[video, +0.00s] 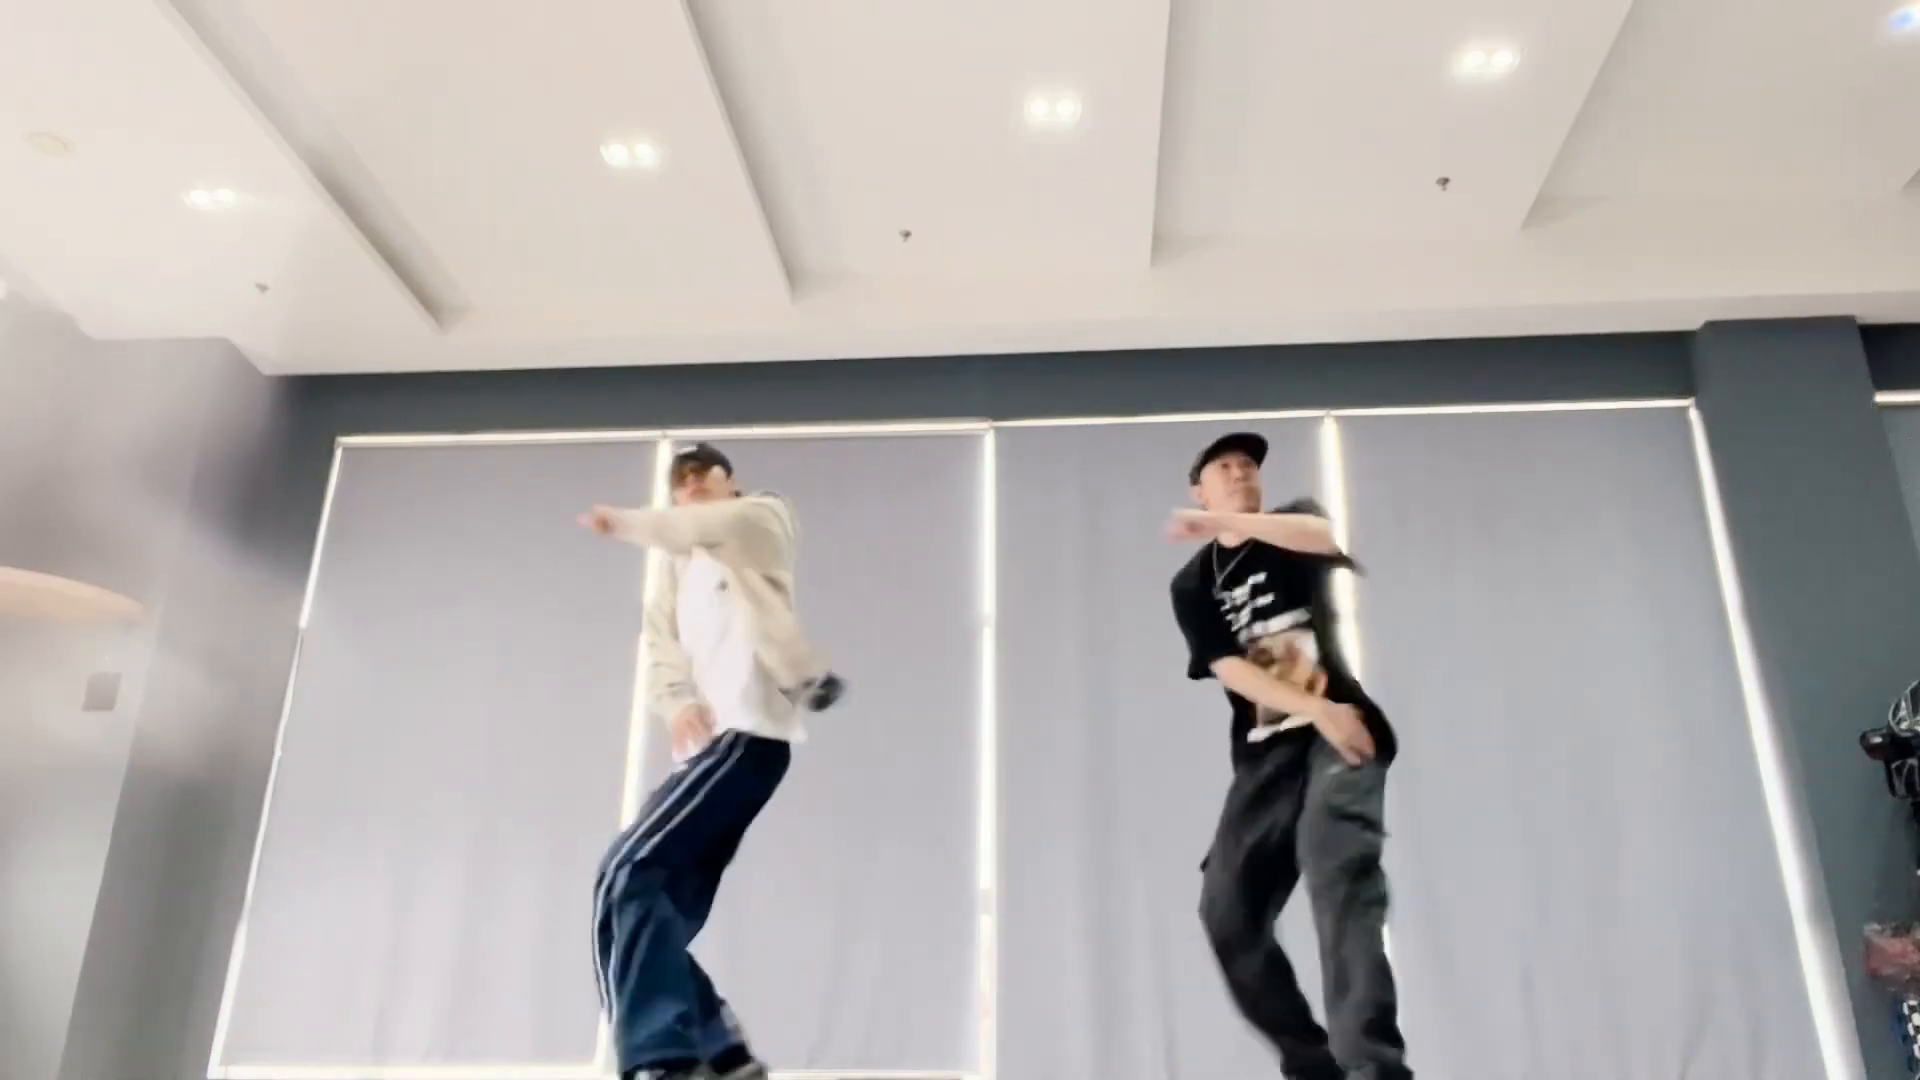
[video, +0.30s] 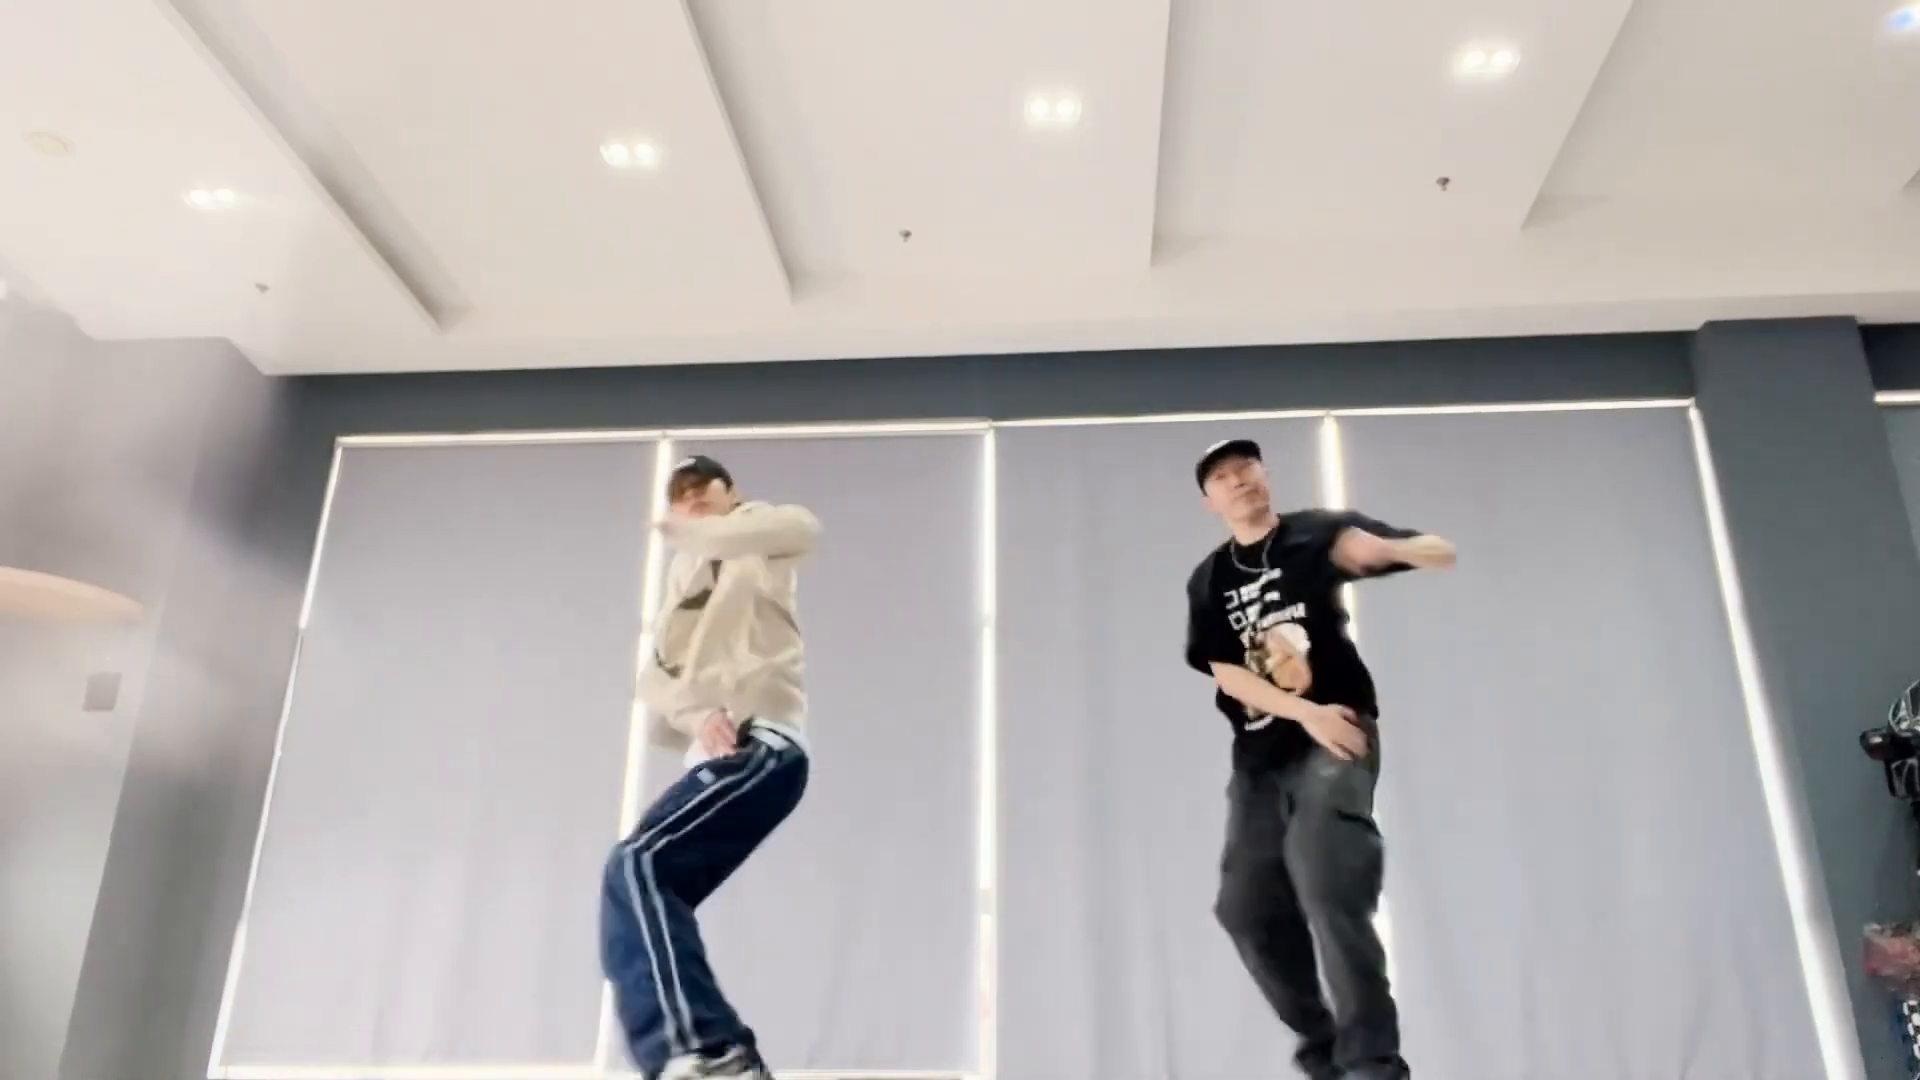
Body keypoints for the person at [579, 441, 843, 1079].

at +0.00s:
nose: (692, 488)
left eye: (703, 475)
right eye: (681, 484)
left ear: (731, 479)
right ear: (670, 497)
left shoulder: (769, 518)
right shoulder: (671, 551)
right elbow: (660, 637)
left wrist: (627, 523)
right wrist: (678, 703)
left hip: (752, 737)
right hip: (710, 741)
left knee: (634, 870)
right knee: (620, 882)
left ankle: (663, 1058)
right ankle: (715, 1048)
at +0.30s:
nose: (692, 503)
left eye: (703, 489)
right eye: (681, 499)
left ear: (734, 495)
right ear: (673, 516)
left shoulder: (760, 541)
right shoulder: (682, 599)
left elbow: (801, 529)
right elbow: (649, 678)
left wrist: (687, 530)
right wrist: (696, 714)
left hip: (763, 746)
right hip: (722, 756)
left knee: (638, 859)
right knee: (635, 879)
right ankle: (674, 1057)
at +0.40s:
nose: (681, 515)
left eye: (692, 501)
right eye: (669, 512)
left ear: (723, 507)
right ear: (666, 535)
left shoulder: (766, 570)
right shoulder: (688, 598)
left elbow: (869, 572)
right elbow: (674, 682)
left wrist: (773, 549)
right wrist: (679, 730)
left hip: (756, 768)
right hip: (717, 776)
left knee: (636, 926)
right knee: (632, 936)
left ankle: (756, 1047)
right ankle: (696, 1070)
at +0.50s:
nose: (698, 508)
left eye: (705, 491)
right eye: (686, 502)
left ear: (735, 486)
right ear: (683, 514)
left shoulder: (787, 545)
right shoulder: (712, 574)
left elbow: (836, 519)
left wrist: (731, 521)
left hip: (764, 752)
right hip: (723, 756)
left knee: (640, 912)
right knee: (623, 919)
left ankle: (746, 1064)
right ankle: (692, 1072)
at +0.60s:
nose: (718, 482)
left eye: (726, 467)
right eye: (707, 480)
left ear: (756, 464)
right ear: (706, 490)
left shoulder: (792, 499)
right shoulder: (741, 543)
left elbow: (711, 503)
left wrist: (599, 490)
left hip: (774, 719)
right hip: (728, 722)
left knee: (655, 903)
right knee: (596, 876)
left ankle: (744, 1070)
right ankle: (649, 1046)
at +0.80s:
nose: (720, 454)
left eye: (730, 439)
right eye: (715, 448)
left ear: (762, 434)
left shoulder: (767, 462)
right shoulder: (805, 514)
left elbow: (672, 520)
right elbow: (872, 611)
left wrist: (558, 561)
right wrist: (834, 690)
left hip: (767, 684)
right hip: (735, 696)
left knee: (702, 889)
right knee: (591, 782)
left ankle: (745, 1067)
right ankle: (542, 951)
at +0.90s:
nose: (705, 443)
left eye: (712, 430)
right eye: (702, 435)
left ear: (742, 425)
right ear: (736, 430)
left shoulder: (759, 451)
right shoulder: (814, 507)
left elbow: (654, 475)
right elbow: (893, 564)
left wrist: (627, 520)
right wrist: (870, 660)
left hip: (783, 665)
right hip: (751, 676)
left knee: (710, 862)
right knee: (589, 694)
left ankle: (747, 1064)